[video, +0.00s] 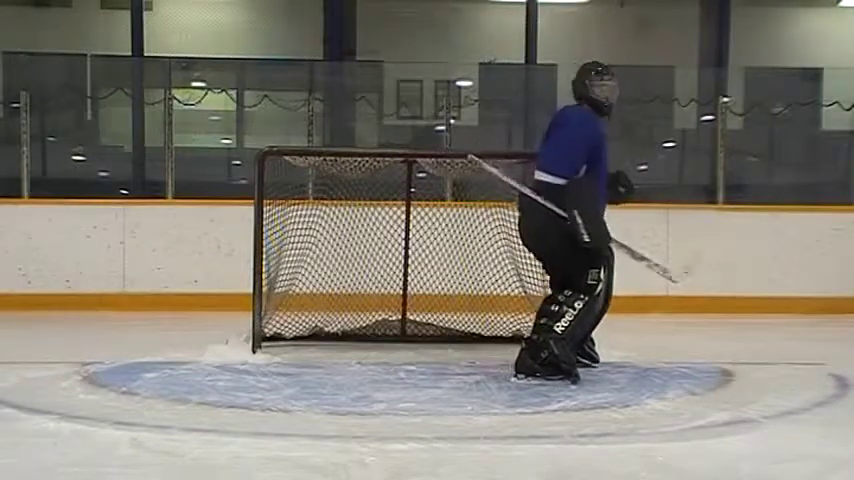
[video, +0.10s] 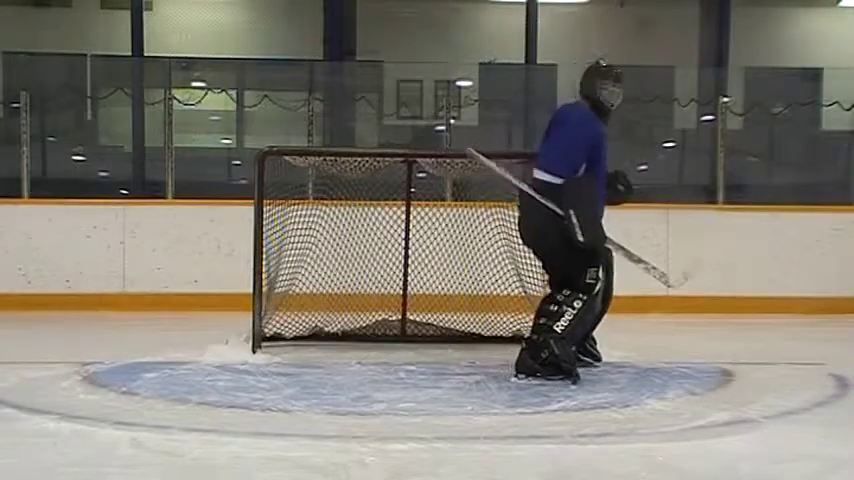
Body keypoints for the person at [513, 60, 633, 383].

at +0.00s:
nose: (610, 92)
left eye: (612, 85)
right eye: (603, 85)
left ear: (580, 90)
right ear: (587, 88)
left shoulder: (568, 117)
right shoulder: (586, 124)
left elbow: (573, 173)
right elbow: (569, 188)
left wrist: (606, 183)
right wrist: (592, 238)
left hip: (536, 213)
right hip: (556, 216)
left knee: (568, 279)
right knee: (595, 276)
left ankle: (541, 348)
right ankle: (553, 345)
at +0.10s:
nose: (613, 94)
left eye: (616, 88)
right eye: (608, 87)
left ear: (583, 90)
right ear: (593, 88)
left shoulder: (567, 114)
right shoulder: (589, 127)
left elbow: (568, 169)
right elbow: (582, 192)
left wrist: (602, 182)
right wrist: (592, 237)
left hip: (534, 210)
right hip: (554, 215)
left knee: (566, 280)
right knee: (594, 279)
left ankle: (539, 348)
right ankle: (551, 348)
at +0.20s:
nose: (618, 106)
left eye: (622, 100)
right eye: (615, 97)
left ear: (592, 92)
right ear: (600, 92)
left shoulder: (567, 112)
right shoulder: (590, 127)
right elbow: (585, 192)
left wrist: (601, 182)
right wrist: (592, 240)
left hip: (533, 206)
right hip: (552, 211)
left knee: (564, 280)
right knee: (588, 279)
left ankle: (538, 351)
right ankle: (547, 353)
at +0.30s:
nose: (621, 112)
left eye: (625, 106)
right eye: (619, 103)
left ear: (599, 96)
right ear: (603, 96)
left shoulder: (570, 114)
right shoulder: (591, 129)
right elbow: (585, 191)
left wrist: (600, 182)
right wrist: (594, 235)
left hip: (532, 207)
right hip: (550, 212)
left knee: (564, 280)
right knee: (589, 275)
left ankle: (538, 350)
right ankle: (549, 350)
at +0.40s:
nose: (622, 114)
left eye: (626, 109)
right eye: (621, 106)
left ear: (600, 95)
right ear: (607, 99)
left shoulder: (570, 113)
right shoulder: (592, 130)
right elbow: (586, 196)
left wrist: (601, 184)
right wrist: (599, 236)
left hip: (530, 209)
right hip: (551, 212)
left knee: (563, 280)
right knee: (588, 276)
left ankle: (537, 351)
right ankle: (548, 351)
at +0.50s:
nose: (623, 115)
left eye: (627, 109)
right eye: (622, 107)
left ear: (601, 97)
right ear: (607, 99)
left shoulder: (571, 113)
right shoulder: (591, 126)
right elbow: (586, 182)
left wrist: (606, 183)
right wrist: (605, 224)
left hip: (531, 207)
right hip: (553, 210)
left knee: (561, 279)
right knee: (586, 274)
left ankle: (537, 350)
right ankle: (548, 349)